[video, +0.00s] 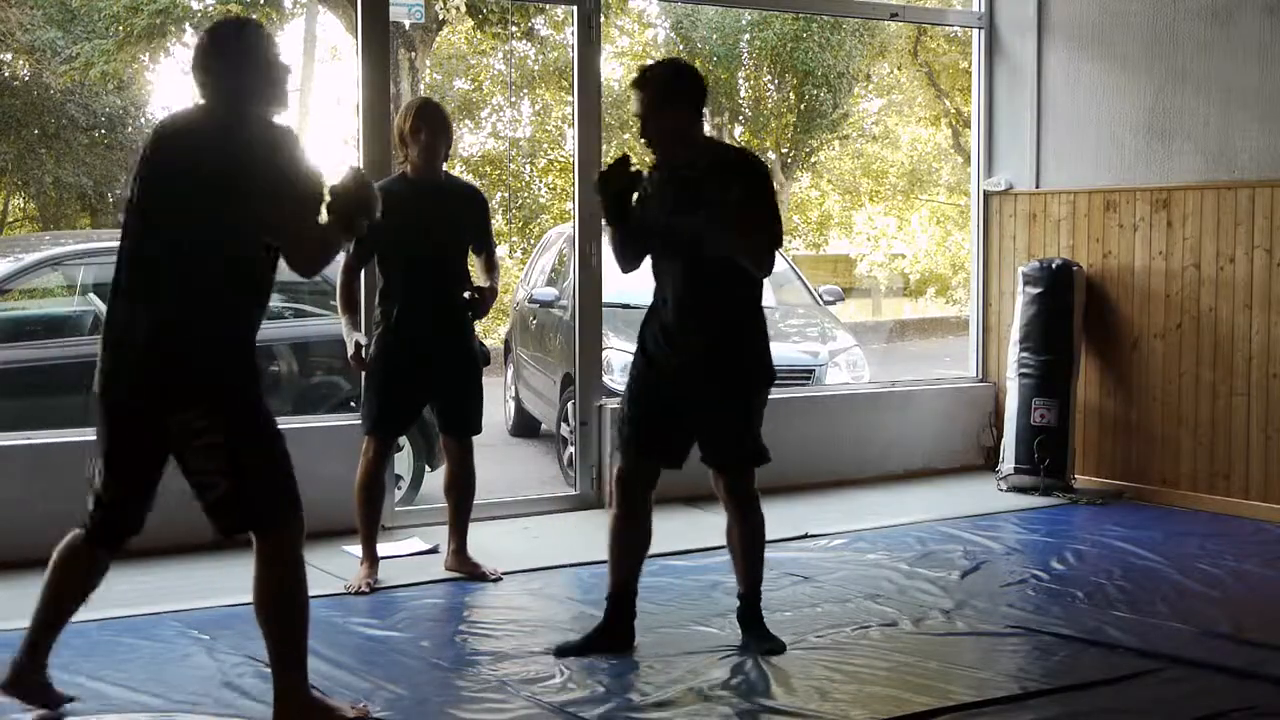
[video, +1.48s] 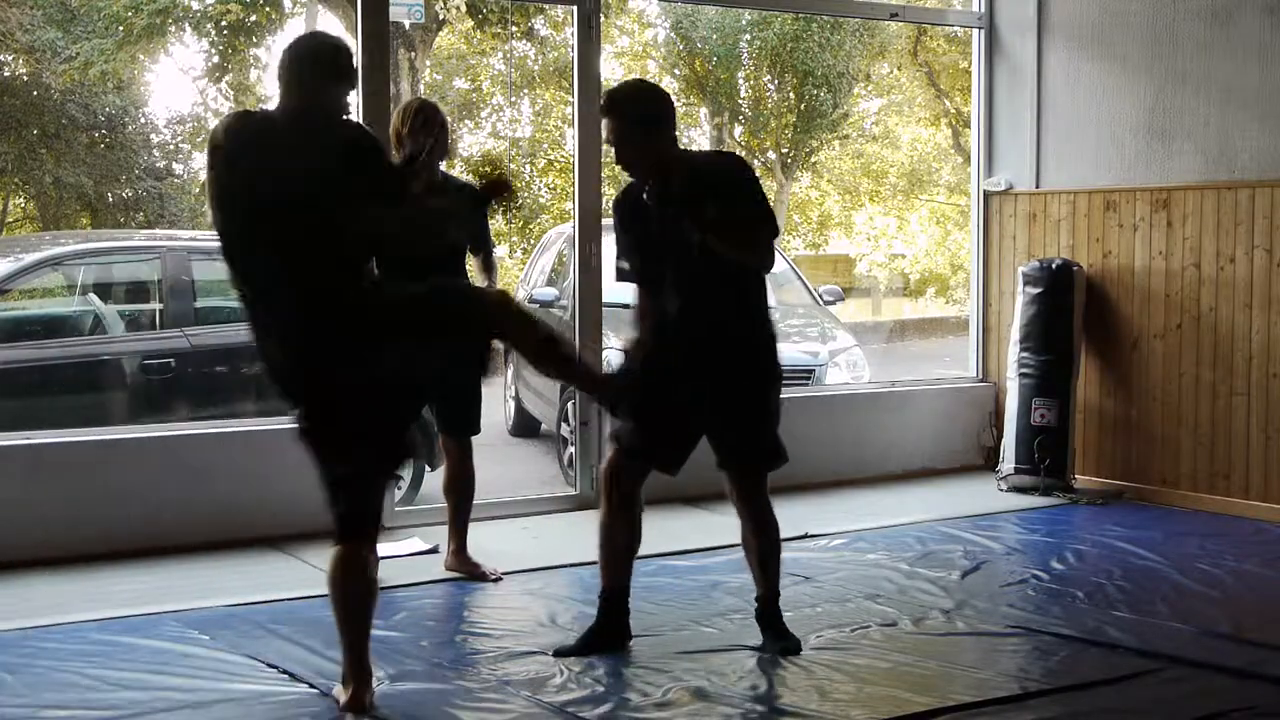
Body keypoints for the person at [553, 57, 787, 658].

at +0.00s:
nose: (641, 128)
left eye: (650, 114)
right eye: (640, 114)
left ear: (684, 112)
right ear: (660, 116)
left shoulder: (743, 169)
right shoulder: (658, 179)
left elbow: (763, 258)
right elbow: (628, 260)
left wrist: (696, 217)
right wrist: (617, 206)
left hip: (731, 347)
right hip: (664, 346)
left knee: (737, 484)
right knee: (631, 481)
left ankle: (752, 617)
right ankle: (618, 624)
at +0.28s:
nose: (607, 127)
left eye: (613, 114)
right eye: (604, 116)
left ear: (651, 107)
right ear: (619, 116)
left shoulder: (710, 163)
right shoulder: (616, 180)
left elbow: (731, 249)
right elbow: (597, 262)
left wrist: (656, 201)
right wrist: (586, 207)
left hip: (708, 346)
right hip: (640, 347)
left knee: (724, 484)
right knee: (616, 482)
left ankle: (751, 616)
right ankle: (617, 626)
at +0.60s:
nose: (575, 137)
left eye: (581, 123)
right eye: (573, 125)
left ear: (615, 115)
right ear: (598, 118)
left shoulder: (687, 161)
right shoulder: (597, 180)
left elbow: (709, 242)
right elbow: (590, 272)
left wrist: (646, 198)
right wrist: (561, 260)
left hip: (700, 344)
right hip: (632, 347)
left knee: (726, 480)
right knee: (598, 476)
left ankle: (770, 609)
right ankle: (612, 622)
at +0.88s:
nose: (590, 158)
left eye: (594, 144)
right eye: (586, 146)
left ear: (629, 132)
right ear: (606, 139)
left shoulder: (706, 172)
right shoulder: (615, 208)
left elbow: (734, 254)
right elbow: (625, 299)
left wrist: (668, 213)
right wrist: (619, 375)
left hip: (720, 363)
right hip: (650, 367)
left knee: (736, 492)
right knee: (590, 472)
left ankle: (772, 616)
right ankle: (609, 620)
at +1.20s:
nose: (604, 152)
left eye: (610, 137)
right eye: (600, 140)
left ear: (645, 130)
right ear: (625, 137)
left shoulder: (716, 171)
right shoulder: (623, 205)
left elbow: (750, 250)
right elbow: (634, 295)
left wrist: (686, 213)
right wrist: (621, 377)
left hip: (724, 363)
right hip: (656, 364)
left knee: (739, 492)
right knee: (602, 476)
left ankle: (769, 613)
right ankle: (613, 621)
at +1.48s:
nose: (613, 154)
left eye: (620, 140)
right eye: (609, 142)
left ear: (657, 132)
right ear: (633, 139)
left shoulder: (727, 172)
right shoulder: (631, 204)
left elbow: (760, 254)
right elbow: (647, 297)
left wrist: (698, 222)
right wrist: (634, 362)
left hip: (739, 358)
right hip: (668, 360)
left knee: (750, 489)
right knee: (617, 475)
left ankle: (770, 614)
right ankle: (612, 620)